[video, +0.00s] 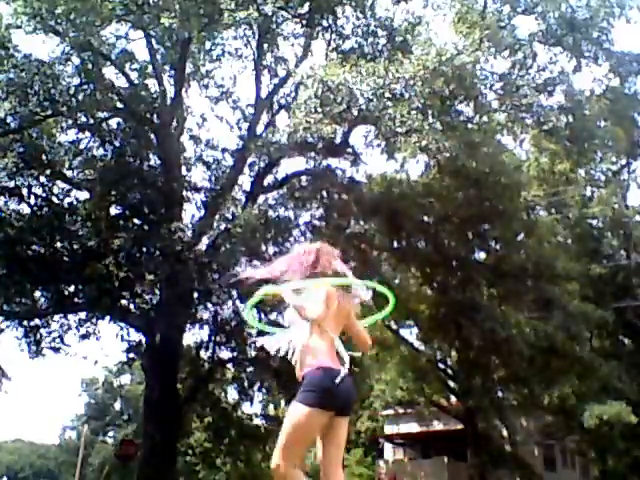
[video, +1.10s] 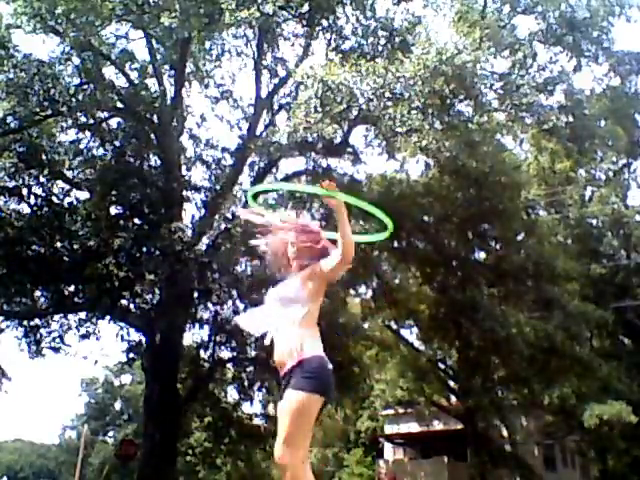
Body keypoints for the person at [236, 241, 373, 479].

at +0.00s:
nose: (295, 276)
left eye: (297, 271)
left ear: (308, 266)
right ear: (332, 264)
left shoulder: (319, 287)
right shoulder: (346, 302)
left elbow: (317, 313)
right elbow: (365, 344)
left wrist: (287, 294)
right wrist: (352, 315)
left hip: (319, 378)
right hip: (343, 379)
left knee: (283, 465)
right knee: (332, 470)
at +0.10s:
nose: (291, 278)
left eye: (296, 271)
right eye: (291, 272)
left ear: (310, 267)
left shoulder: (324, 292)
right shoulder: (301, 302)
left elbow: (347, 311)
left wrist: (323, 276)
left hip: (327, 382)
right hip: (310, 385)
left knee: (299, 468)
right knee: (306, 470)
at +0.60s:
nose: (321, 250)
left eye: (324, 247)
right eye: (318, 244)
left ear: (321, 255)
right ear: (307, 245)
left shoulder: (312, 284)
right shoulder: (300, 276)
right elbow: (300, 226)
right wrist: (308, 185)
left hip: (297, 380)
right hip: (289, 378)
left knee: (308, 460)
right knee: (289, 461)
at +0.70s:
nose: (315, 249)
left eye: (313, 244)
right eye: (312, 244)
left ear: (288, 252)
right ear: (307, 252)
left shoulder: (273, 279)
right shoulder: (314, 271)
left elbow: (249, 258)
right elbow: (336, 227)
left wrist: (248, 224)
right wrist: (346, 183)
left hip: (267, 368)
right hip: (301, 369)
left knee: (282, 460)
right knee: (310, 464)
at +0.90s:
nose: (281, 248)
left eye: (285, 243)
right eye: (284, 244)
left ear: (293, 246)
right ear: (319, 248)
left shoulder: (282, 270)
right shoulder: (330, 277)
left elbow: (252, 238)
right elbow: (353, 244)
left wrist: (237, 197)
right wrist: (353, 206)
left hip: (280, 362)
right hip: (317, 367)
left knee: (272, 457)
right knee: (295, 461)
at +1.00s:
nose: (291, 243)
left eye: (295, 237)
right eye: (292, 237)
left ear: (304, 242)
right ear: (319, 244)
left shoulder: (303, 273)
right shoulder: (323, 278)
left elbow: (293, 232)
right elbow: (334, 252)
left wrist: (283, 196)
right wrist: (326, 221)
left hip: (291, 365)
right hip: (316, 368)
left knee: (281, 457)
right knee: (300, 461)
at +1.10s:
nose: (288, 247)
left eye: (293, 241)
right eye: (288, 242)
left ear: (307, 245)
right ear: (292, 249)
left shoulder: (316, 273)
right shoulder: (286, 285)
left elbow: (346, 258)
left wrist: (340, 209)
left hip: (309, 368)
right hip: (289, 375)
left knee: (286, 455)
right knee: (298, 461)